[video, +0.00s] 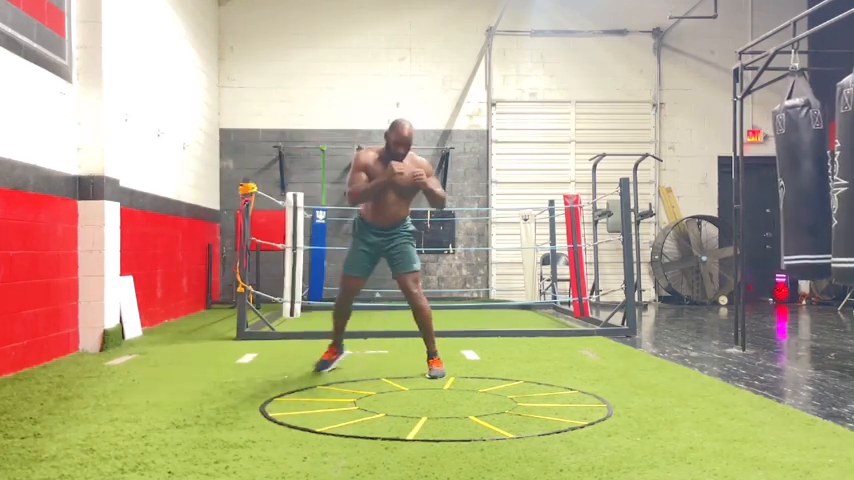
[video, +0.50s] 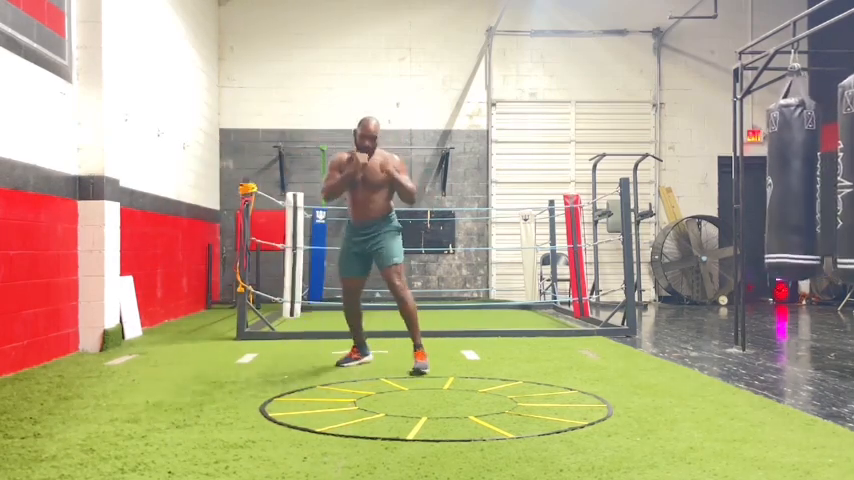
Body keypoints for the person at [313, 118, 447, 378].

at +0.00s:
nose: (401, 151)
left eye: (406, 146)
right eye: (397, 145)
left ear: (412, 143)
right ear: (386, 138)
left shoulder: (420, 165)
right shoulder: (366, 158)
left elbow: (440, 203)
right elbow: (353, 196)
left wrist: (427, 186)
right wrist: (385, 179)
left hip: (400, 234)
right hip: (366, 233)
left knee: (413, 291)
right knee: (346, 292)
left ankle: (433, 355)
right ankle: (336, 346)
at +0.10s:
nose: (403, 150)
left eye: (407, 145)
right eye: (399, 144)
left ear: (412, 142)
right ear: (387, 138)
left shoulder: (420, 166)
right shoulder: (366, 158)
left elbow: (438, 204)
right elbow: (354, 196)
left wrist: (424, 187)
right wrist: (386, 179)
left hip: (401, 234)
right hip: (368, 234)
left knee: (413, 291)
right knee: (351, 294)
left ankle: (433, 356)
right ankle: (349, 339)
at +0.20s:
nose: (394, 153)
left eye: (399, 147)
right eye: (390, 146)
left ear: (405, 145)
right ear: (380, 140)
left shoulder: (416, 167)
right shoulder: (361, 164)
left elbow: (433, 204)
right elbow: (350, 199)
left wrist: (417, 191)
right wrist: (379, 180)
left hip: (400, 236)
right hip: (368, 237)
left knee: (411, 291)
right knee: (351, 296)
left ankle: (434, 356)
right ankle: (356, 340)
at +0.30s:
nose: (384, 153)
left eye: (388, 149)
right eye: (379, 148)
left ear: (393, 147)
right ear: (369, 144)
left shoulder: (405, 170)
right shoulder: (352, 169)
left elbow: (424, 205)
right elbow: (341, 205)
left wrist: (404, 194)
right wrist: (367, 185)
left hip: (395, 238)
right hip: (364, 240)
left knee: (407, 291)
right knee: (350, 302)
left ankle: (433, 356)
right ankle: (360, 348)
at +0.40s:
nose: (374, 153)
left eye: (379, 148)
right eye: (370, 147)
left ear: (384, 147)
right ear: (360, 144)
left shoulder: (397, 170)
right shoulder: (345, 169)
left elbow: (414, 207)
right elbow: (331, 203)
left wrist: (399, 191)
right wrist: (355, 182)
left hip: (389, 238)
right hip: (358, 240)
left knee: (403, 290)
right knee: (346, 301)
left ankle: (430, 354)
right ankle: (360, 350)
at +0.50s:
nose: (369, 143)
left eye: (373, 139)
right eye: (365, 138)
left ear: (378, 138)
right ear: (355, 136)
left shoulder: (392, 162)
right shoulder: (341, 161)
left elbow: (410, 197)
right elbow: (327, 194)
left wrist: (395, 177)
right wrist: (352, 173)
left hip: (385, 230)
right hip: (355, 233)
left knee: (397, 285)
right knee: (349, 295)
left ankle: (419, 349)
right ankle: (360, 349)